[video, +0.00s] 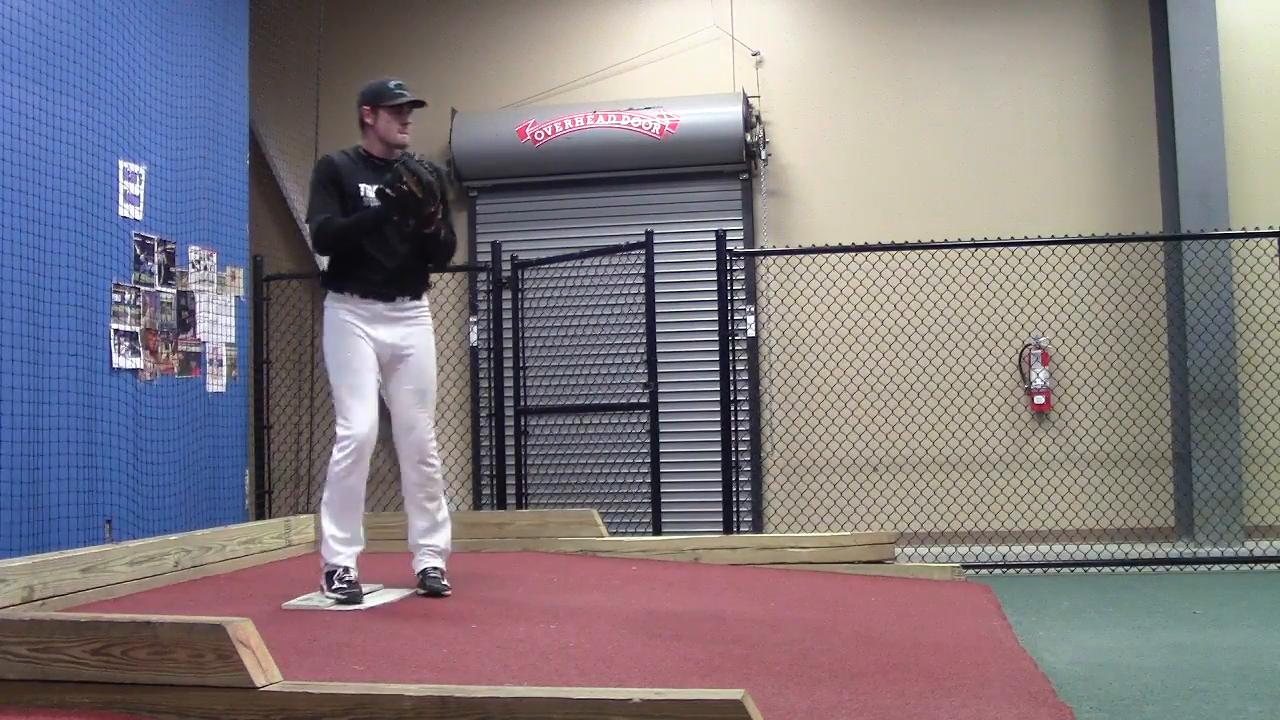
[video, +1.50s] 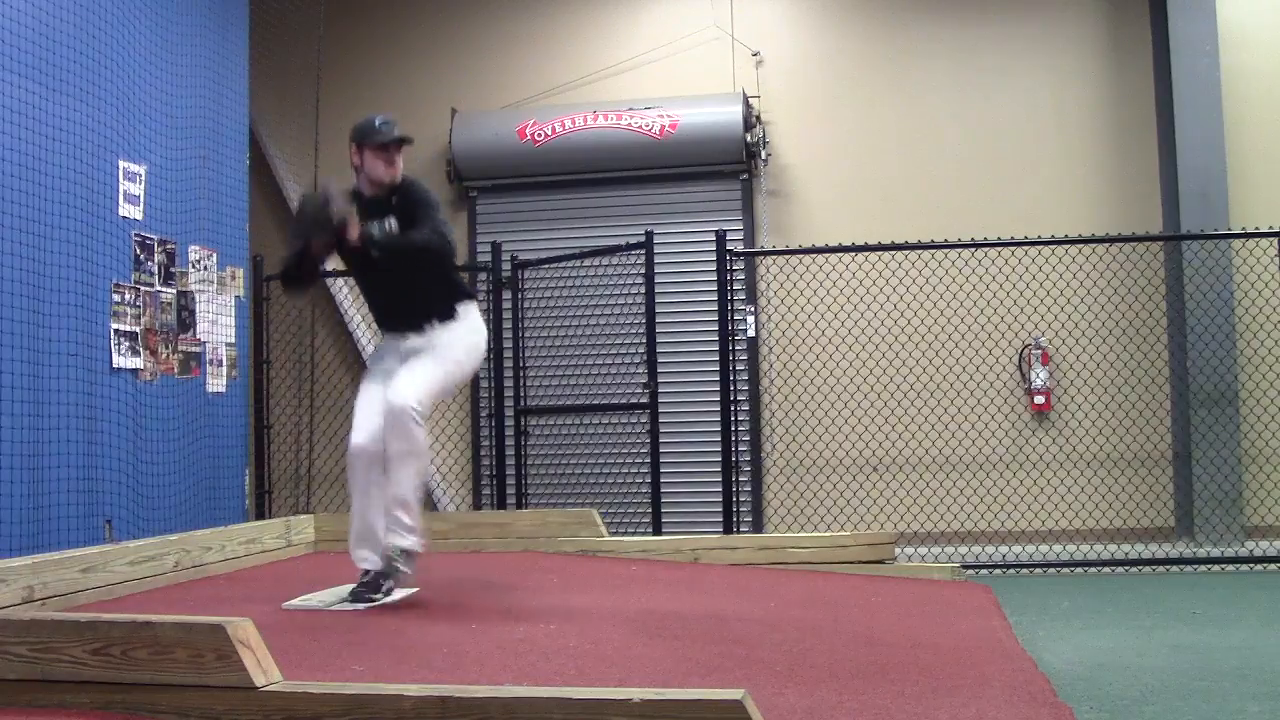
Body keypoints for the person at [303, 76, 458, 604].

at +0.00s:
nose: (406, 121)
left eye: (408, 114)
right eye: (396, 113)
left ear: (408, 120)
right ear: (368, 116)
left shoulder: (420, 175)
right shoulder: (336, 167)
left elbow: (443, 256)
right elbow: (324, 236)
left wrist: (432, 222)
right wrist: (386, 210)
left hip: (410, 319)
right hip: (351, 317)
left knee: (419, 440)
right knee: (358, 432)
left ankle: (431, 558)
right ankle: (339, 562)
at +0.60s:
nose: (415, 122)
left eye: (419, 114)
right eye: (405, 114)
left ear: (423, 120)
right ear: (378, 118)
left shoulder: (437, 171)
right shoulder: (347, 170)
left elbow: (450, 248)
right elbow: (320, 247)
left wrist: (388, 244)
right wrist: (325, 221)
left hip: (426, 320)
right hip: (365, 321)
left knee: (425, 442)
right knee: (369, 436)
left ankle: (431, 559)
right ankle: (379, 565)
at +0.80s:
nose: (395, 125)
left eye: (402, 116)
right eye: (385, 116)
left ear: (411, 121)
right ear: (365, 120)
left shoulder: (422, 166)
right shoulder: (341, 174)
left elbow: (421, 232)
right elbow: (308, 241)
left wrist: (345, 218)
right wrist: (297, 212)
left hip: (417, 311)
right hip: (360, 317)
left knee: (385, 410)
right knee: (361, 435)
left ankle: (415, 544)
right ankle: (379, 568)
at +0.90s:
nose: (391, 125)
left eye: (398, 117)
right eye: (381, 117)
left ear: (408, 121)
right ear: (362, 120)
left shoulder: (417, 163)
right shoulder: (340, 173)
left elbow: (413, 223)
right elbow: (296, 232)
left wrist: (338, 199)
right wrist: (303, 196)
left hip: (420, 298)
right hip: (365, 308)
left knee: (361, 362)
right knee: (368, 427)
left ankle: (379, 515)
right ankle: (381, 566)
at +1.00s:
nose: (385, 126)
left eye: (392, 117)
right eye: (375, 118)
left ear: (403, 120)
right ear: (357, 121)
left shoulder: (415, 159)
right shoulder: (341, 171)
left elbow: (408, 213)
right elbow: (287, 222)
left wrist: (335, 181)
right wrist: (298, 180)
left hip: (427, 294)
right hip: (369, 305)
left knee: (351, 297)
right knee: (369, 440)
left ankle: (351, 442)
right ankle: (380, 566)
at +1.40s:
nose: (395, 134)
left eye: (399, 125)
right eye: (384, 126)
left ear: (405, 128)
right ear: (357, 131)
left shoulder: (413, 168)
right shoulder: (338, 183)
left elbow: (427, 222)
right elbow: (281, 241)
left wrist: (352, 197)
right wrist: (309, 203)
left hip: (444, 305)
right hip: (387, 319)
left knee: (382, 364)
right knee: (364, 439)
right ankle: (375, 567)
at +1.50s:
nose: (395, 159)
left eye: (399, 150)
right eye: (384, 151)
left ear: (404, 153)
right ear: (357, 156)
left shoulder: (412, 195)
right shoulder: (340, 210)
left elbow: (437, 243)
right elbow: (293, 282)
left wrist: (364, 236)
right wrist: (317, 245)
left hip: (454, 331)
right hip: (397, 344)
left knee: (402, 401)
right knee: (363, 444)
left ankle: (403, 544)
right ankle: (376, 566)